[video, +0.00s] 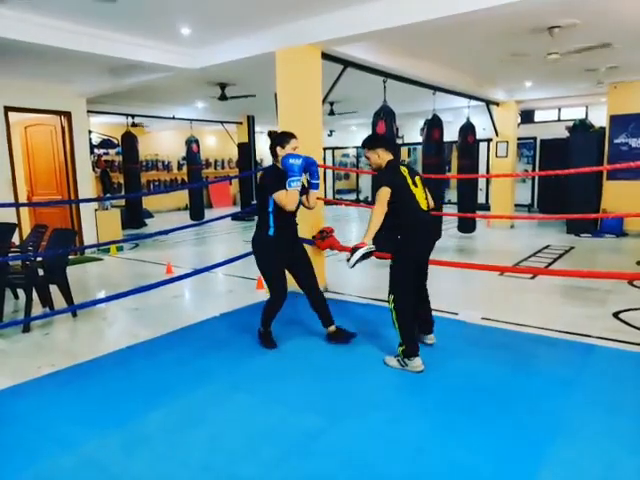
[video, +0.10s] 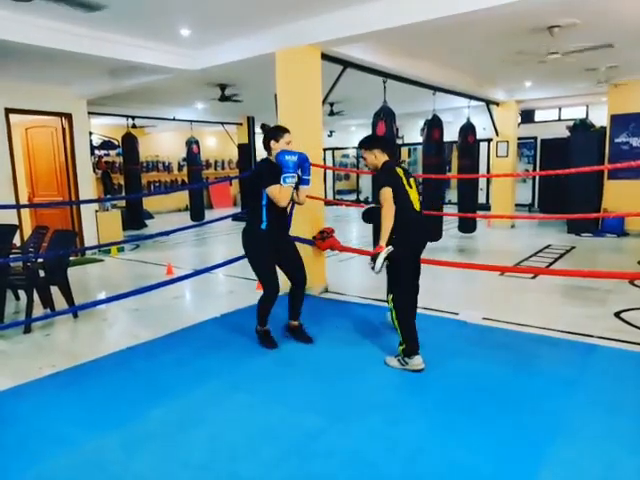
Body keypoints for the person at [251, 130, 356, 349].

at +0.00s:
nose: (297, 153)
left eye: (297, 149)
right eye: (293, 149)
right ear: (278, 150)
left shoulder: (292, 173)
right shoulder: (269, 175)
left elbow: (310, 203)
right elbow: (289, 204)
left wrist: (313, 177)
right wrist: (295, 176)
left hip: (290, 240)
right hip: (267, 242)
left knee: (310, 285)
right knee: (279, 293)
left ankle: (332, 329)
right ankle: (264, 329)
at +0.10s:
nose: (290, 148)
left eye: (291, 143)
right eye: (286, 143)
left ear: (281, 144)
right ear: (272, 144)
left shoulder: (286, 167)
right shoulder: (263, 168)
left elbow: (301, 200)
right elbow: (281, 200)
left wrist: (303, 175)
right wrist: (289, 172)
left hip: (280, 236)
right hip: (257, 237)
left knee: (299, 278)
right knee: (272, 288)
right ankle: (262, 328)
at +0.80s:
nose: (217, 156)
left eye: (217, 152)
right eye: (214, 152)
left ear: (199, 154)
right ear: (203, 154)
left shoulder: (198, 179)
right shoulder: (194, 182)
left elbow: (213, 215)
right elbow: (215, 218)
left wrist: (222, 205)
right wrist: (225, 198)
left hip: (194, 252)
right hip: (183, 255)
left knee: (210, 301)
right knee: (195, 311)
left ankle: (189, 351)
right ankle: (154, 370)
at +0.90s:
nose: (206, 162)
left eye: (206, 157)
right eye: (203, 157)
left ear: (186, 158)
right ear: (192, 158)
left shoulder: (178, 182)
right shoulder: (190, 185)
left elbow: (204, 217)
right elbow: (210, 222)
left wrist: (209, 210)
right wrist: (215, 202)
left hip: (181, 258)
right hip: (175, 261)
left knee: (206, 304)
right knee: (177, 324)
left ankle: (188, 351)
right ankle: (142, 388)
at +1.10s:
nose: (185, 151)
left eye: (184, 146)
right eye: (183, 146)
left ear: (162, 148)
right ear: (172, 147)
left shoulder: (154, 174)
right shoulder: (175, 174)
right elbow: (204, 207)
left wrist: (193, 189)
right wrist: (201, 183)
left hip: (155, 255)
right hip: (158, 259)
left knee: (182, 304)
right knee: (150, 326)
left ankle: (177, 356)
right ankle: (132, 395)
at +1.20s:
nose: (181, 148)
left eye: (180, 144)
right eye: (178, 144)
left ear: (157, 146)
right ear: (167, 145)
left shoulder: (149, 172)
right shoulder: (171, 172)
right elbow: (200, 206)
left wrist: (193, 184)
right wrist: (200, 180)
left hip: (146, 256)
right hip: (153, 260)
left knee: (181, 305)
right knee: (152, 327)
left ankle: (172, 362)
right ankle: (131, 396)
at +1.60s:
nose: (179, 148)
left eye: (178, 143)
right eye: (177, 143)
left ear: (154, 145)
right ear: (165, 144)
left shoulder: (143, 171)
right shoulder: (163, 175)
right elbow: (194, 210)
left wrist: (186, 195)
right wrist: (193, 183)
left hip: (149, 256)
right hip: (153, 261)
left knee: (183, 307)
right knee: (173, 324)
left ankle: (169, 364)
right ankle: (145, 397)